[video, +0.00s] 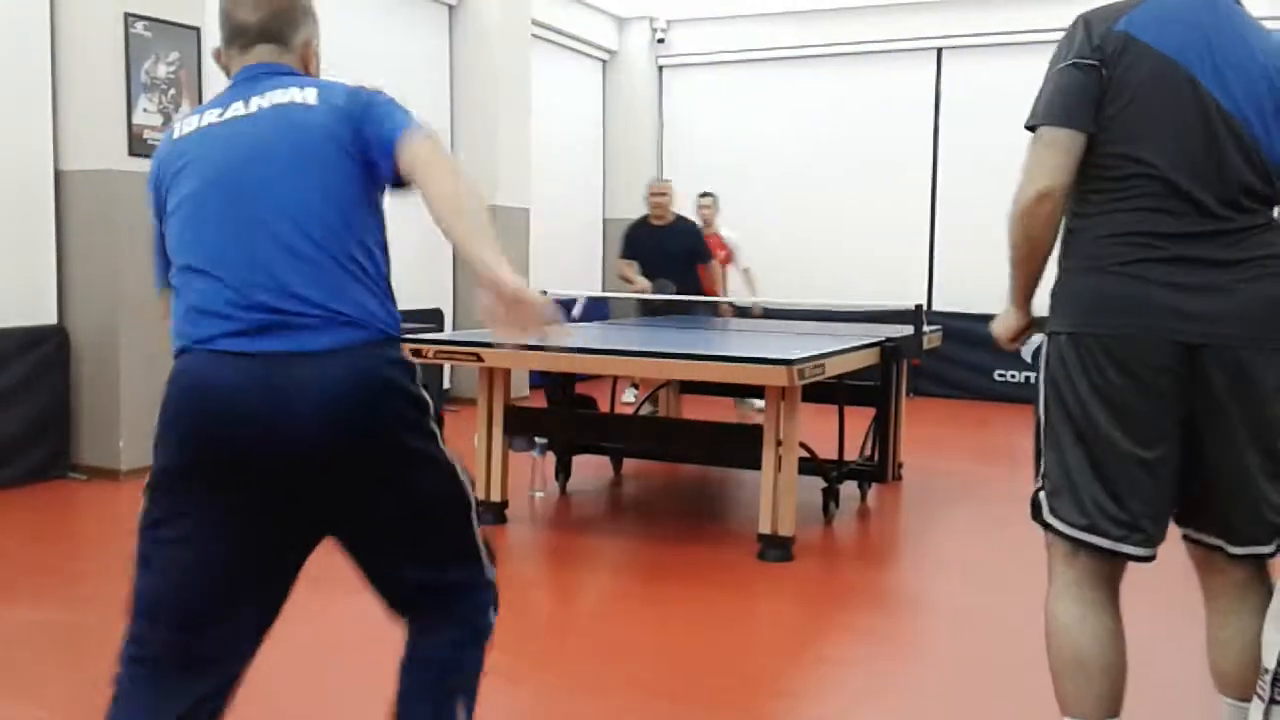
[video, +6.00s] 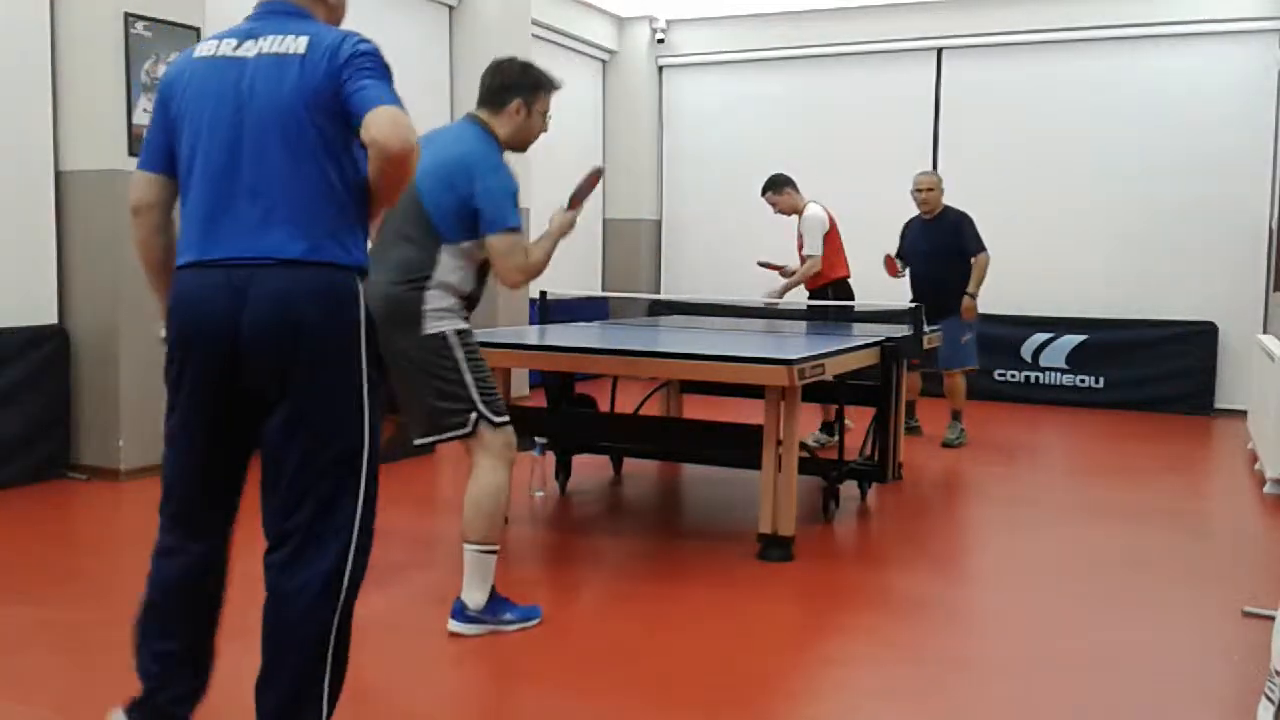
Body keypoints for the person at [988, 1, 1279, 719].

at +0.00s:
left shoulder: (1103, 31)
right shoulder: (1269, 49)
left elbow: (1042, 190)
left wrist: (1019, 301)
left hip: (1111, 330)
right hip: (1251, 335)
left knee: (1084, 565)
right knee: (1235, 557)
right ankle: (1244, 712)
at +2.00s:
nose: (385, 100)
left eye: (383, 89)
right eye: (385, 89)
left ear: (319, 79)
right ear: (373, 88)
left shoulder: (251, 131)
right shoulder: (378, 155)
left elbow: (203, 252)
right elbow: (396, 297)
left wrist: (225, 324)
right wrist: (417, 384)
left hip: (214, 331)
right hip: (312, 340)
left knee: (174, 487)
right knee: (400, 488)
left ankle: (124, 656)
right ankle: (464, 661)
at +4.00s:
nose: (359, 39)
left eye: (354, 28)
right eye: (357, 28)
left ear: (289, 30)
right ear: (347, 29)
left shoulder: (241, 102)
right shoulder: (352, 108)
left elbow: (189, 213)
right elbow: (370, 232)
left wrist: (236, 223)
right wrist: (407, 333)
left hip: (245, 328)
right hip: (331, 329)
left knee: (218, 482)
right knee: (393, 474)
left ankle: (164, 649)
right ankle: (423, 629)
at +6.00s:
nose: (544, 128)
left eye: (546, 116)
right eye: (542, 115)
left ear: (496, 105)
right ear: (516, 107)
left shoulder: (443, 142)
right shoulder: (486, 166)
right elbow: (516, 272)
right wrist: (555, 233)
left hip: (379, 305)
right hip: (424, 313)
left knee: (353, 444)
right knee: (496, 444)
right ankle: (476, 601)